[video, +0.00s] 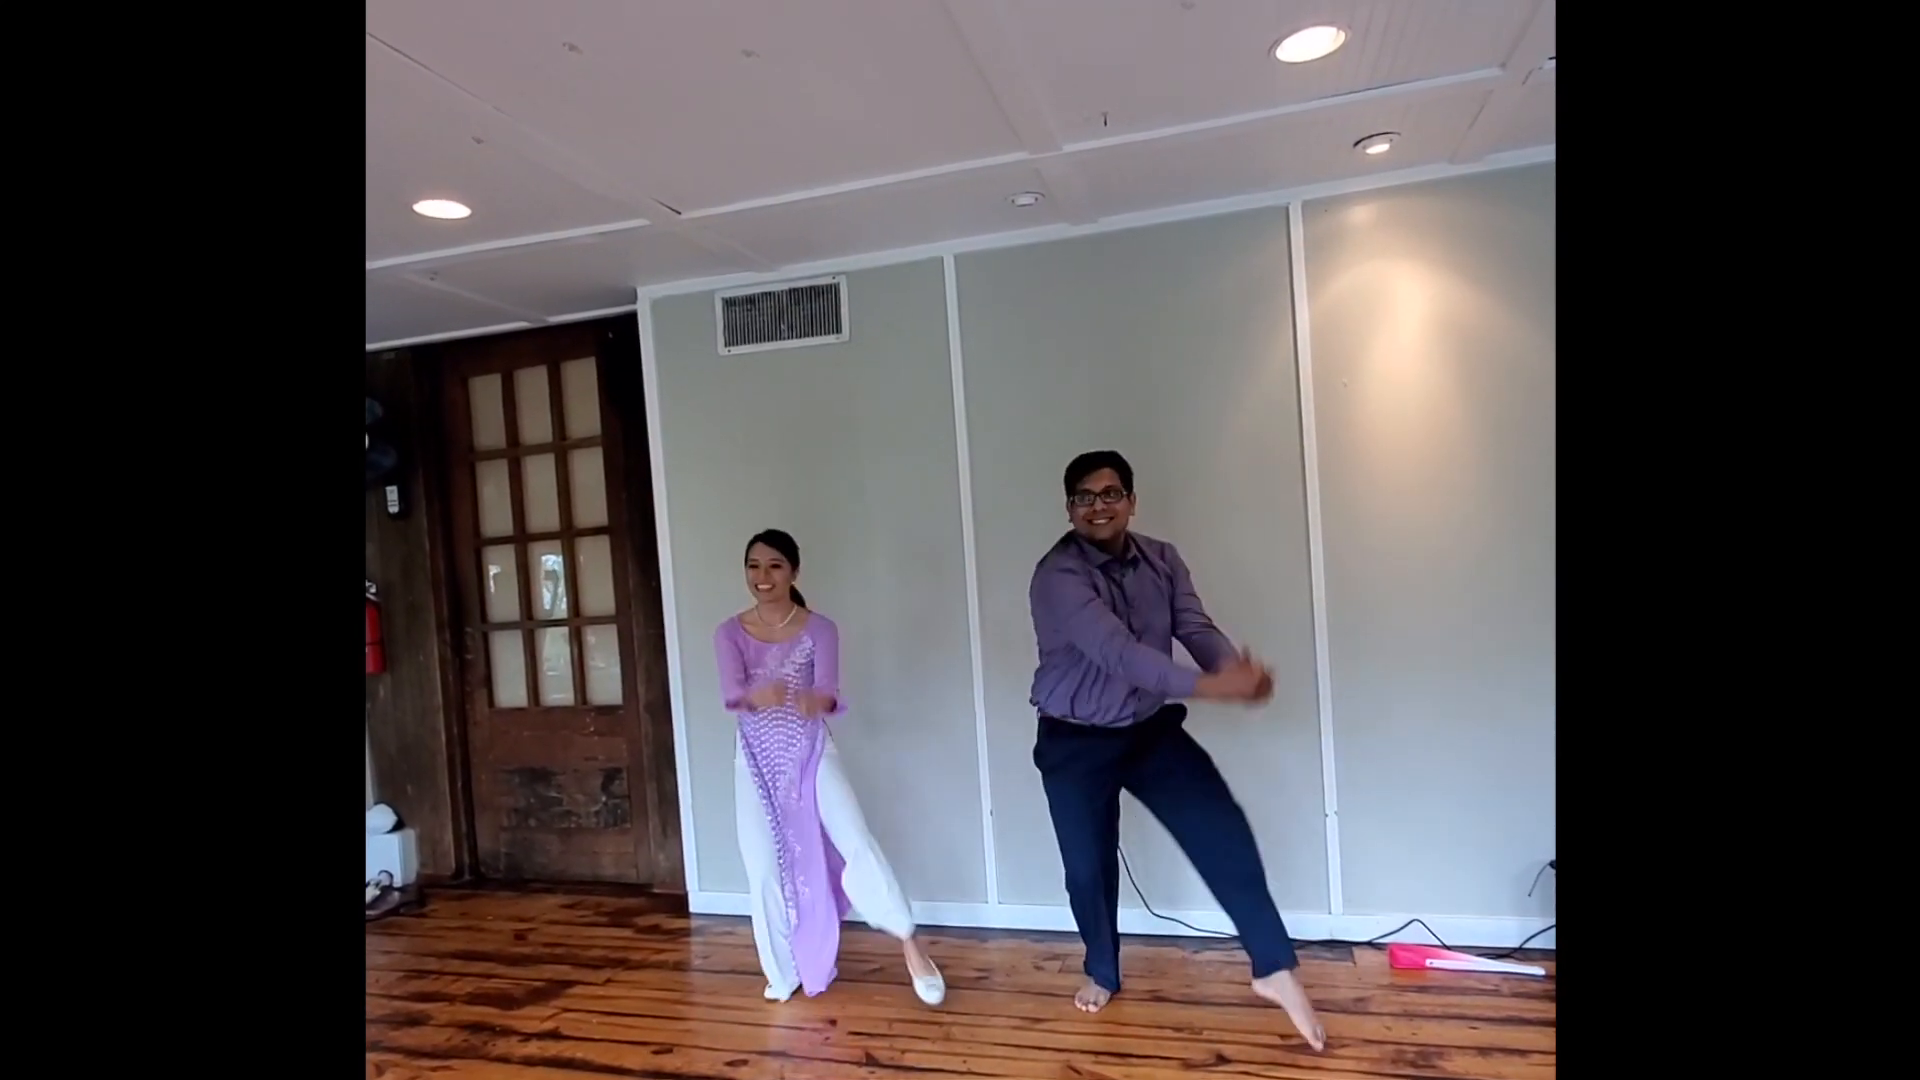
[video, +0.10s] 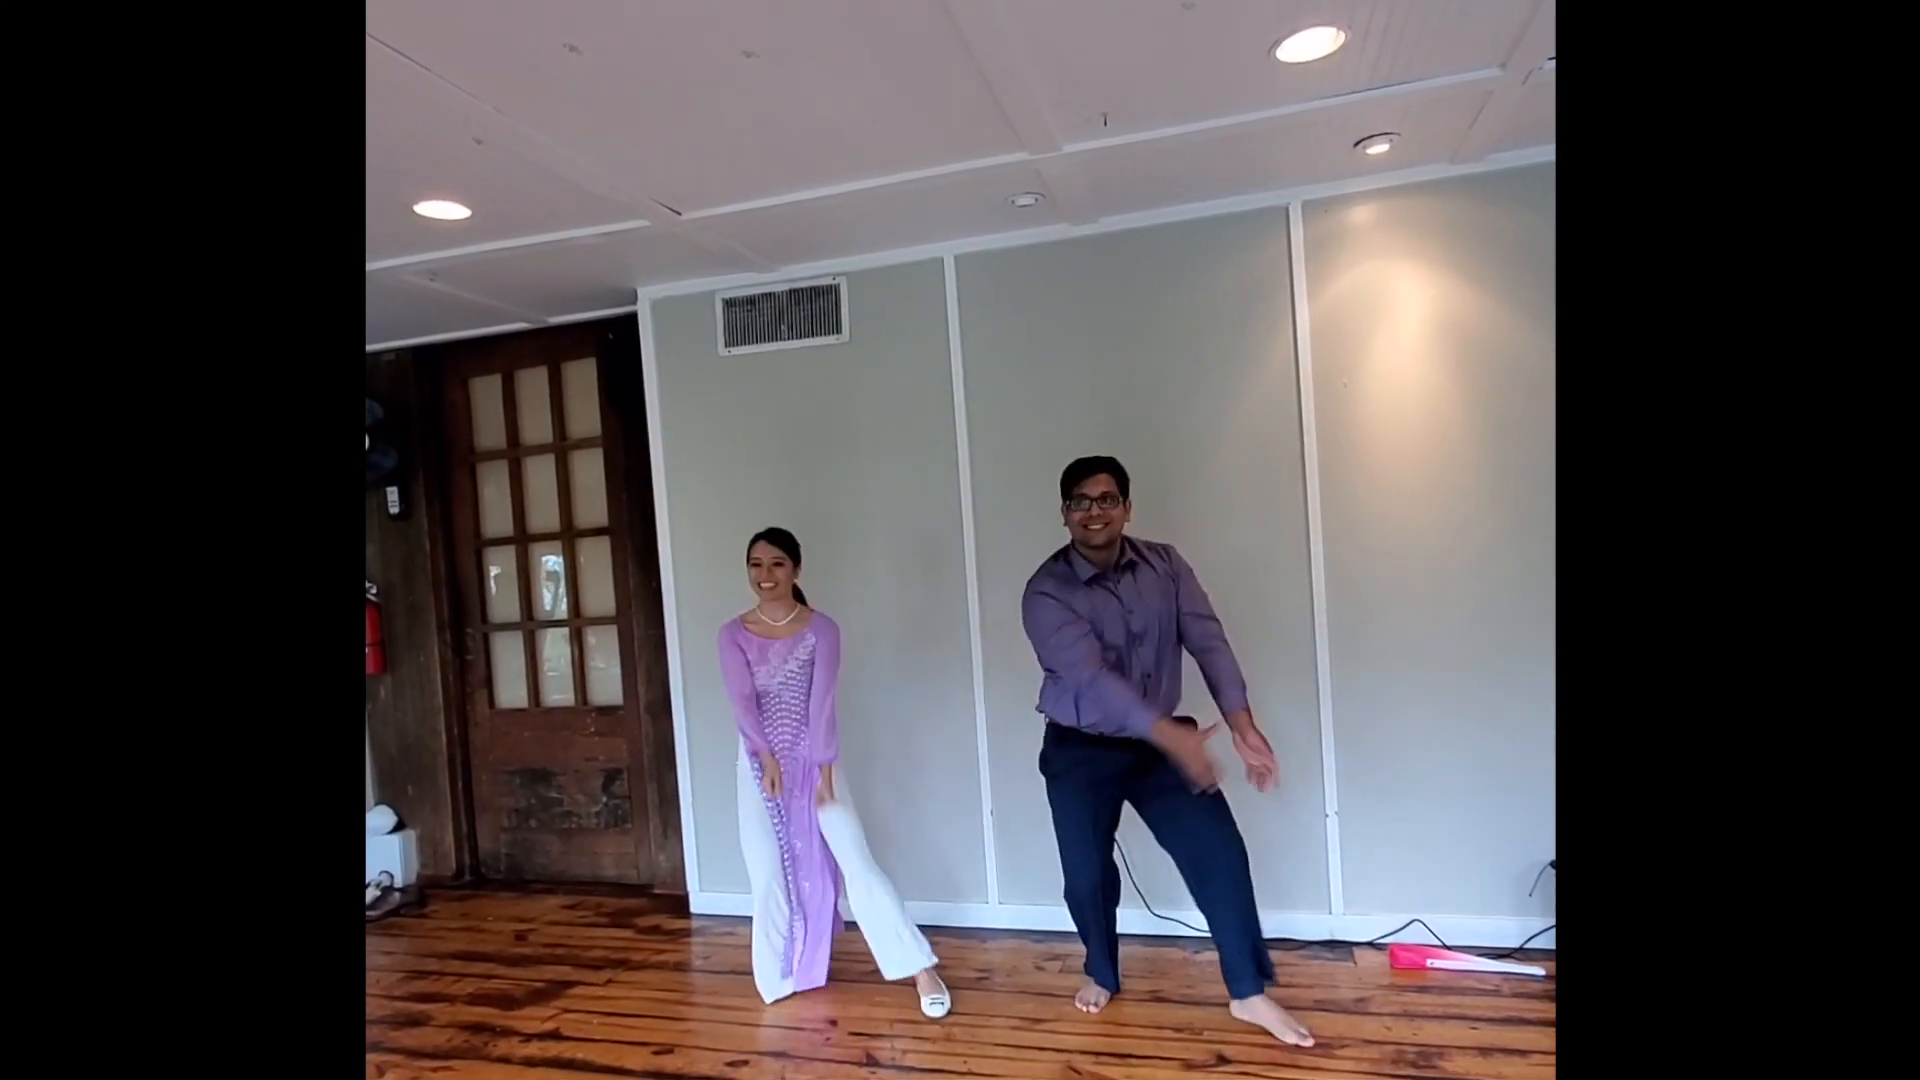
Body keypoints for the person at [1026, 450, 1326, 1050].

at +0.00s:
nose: (1098, 506)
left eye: (1110, 494)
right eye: (1084, 497)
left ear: (1131, 501)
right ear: (1069, 507)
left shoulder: (1161, 559)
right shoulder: (1059, 577)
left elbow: (1194, 628)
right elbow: (1117, 651)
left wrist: (1233, 665)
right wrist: (1207, 685)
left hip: (1153, 729)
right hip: (1076, 740)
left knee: (1222, 831)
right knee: (1088, 868)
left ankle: (1274, 969)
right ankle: (1101, 972)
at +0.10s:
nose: (1094, 511)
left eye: (1107, 499)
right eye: (1081, 501)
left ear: (1127, 508)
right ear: (1064, 512)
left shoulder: (1164, 565)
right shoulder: (1047, 592)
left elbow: (1208, 642)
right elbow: (1088, 678)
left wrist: (1242, 725)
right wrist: (1169, 733)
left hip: (1161, 737)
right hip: (1081, 746)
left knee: (1220, 854)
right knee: (1087, 874)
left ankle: (1248, 992)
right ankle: (1100, 974)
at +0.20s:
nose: (1098, 511)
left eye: (1111, 500)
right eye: (1085, 502)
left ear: (1132, 509)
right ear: (1070, 515)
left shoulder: (1176, 570)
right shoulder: (1048, 594)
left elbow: (1234, 639)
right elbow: (1044, 685)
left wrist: (1278, 722)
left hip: (1177, 744)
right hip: (1090, 752)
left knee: (1241, 849)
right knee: (1089, 882)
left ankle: (1255, 981)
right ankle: (1103, 975)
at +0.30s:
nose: (1107, 496)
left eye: (1120, 484)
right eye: (1096, 488)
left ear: (1147, 492)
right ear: (1084, 499)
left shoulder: (1196, 549)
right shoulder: (1062, 565)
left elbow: (1274, 605)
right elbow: (1011, 635)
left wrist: (1310, 692)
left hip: (1197, 733)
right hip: (1107, 741)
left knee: (1254, 852)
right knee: (1101, 871)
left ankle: (1278, 969)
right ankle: (1103, 976)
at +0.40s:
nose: (1113, 482)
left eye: (1127, 468)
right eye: (1105, 472)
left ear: (1165, 474)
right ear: (1099, 480)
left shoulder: (1216, 520)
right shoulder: (1084, 530)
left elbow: (1299, 571)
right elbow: (1008, 577)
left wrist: (1307, 676)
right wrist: (935, 632)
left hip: (1221, 719)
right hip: (1137, 721)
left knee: (1249, 859)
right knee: (1100, 842)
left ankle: (1311, 992)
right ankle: (1113, 955)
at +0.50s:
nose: (1121, 489)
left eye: (1133, 476)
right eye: (1119, 477)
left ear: (1176, 481)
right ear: (1154, 483)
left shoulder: (1238, 529)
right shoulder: (1120, 538)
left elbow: (1321, 583)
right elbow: (1036, 554)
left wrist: (1293, 682)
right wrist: (943, 568)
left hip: (1242, 731)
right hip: (1162, 721)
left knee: (1268, 877)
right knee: (1090, 800)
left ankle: (1328, 1017)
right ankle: (1146, 912)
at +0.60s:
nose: (1135, 496)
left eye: (1146, 486)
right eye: (1137, 485)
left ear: (1188, 493)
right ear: (1174, 493)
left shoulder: (1259, 555)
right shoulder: (1148, 566)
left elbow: (1337, 622)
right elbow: (1073, 570)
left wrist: (1286, 709)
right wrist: (987, 532)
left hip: (1261, 742)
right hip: (1187, 726)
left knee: (1271, 892)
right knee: (1100, 770)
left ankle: (1330, 1019)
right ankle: (1191, 864)